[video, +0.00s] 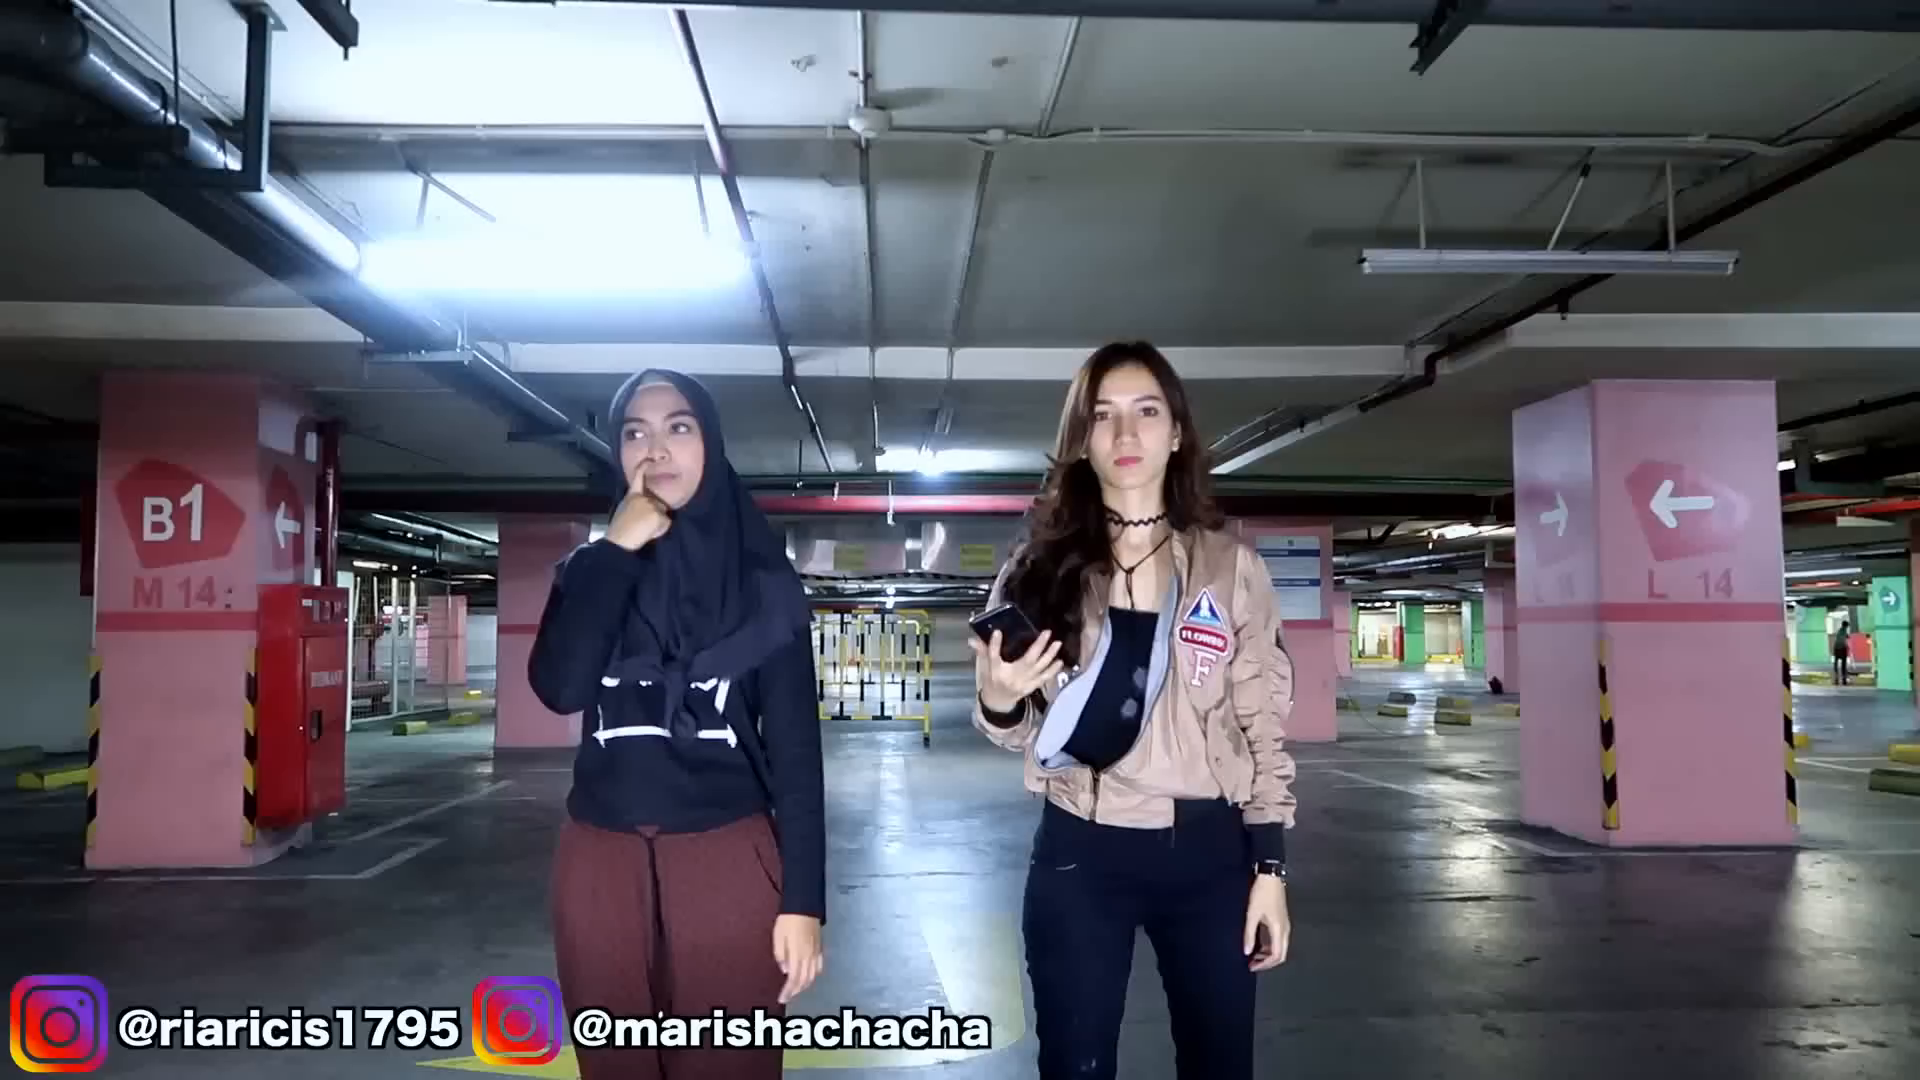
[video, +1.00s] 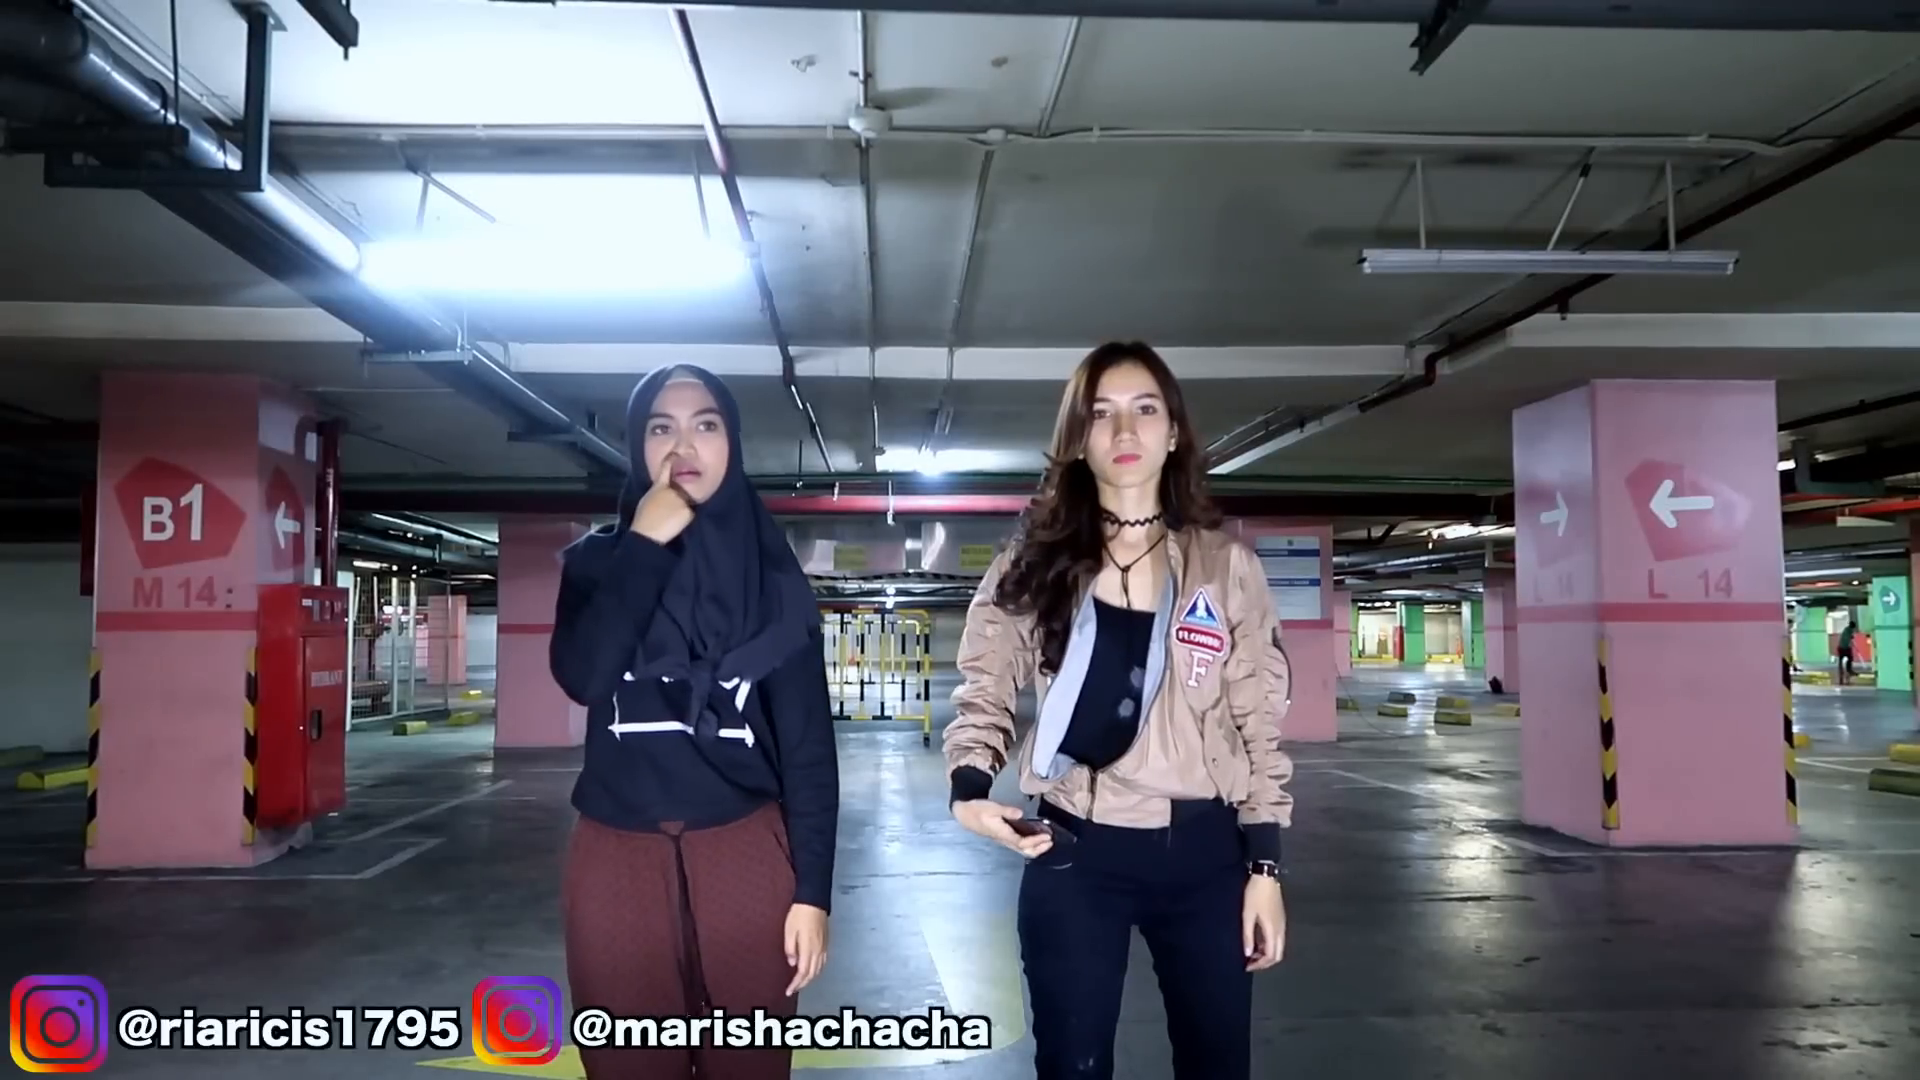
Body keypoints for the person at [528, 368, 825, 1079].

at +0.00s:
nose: (657, 448)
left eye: (679, 427)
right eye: (636, 431)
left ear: (710, 447)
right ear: (617, 454)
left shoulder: (760, 574)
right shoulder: (591, 568)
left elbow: (793, 745)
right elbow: (558, 687)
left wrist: (802, 901)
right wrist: (613, 550)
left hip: (726, 854)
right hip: (600, 855)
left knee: (730, 1063)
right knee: (611, 1064)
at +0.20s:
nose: (656, 450)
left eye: (679, 431)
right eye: (638, 433)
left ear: (713, 450)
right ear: (620, 455)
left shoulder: (758, 576)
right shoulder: (595, 565)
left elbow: (786, 756)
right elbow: (540, 681)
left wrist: (788, 909)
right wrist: (601, 551)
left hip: (717, 856)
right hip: (595, 855)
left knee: (721, 1063)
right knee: (605, 1064)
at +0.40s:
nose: (661, 448)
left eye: (684, 430)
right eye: (642, 431)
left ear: (717, 448)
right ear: (624, 451)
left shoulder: (761, 575)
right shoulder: (594, 561)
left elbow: (793, 749)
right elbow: (540, 674)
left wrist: (797, 903)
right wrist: (607, 543)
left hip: (723, 853)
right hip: (598, 852)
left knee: (728, 1063)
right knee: (607, 1063)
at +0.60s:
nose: (663, 444)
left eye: (687, 426)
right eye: (645, 427)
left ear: (720, 446)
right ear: (627, 447)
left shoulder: (763, 570)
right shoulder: (598, 556)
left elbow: (800, 746)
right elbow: (544, 668)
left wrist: (804, 896)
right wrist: (612, 535)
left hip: (730, 847)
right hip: (602, 848)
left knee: (738, 1062)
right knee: (614, 1062)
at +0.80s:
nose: (667, 439)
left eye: (690, 421)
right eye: (648, 423)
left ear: (723, 443)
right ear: (630, 445)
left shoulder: (767, 567)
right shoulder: (598, 555)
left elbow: (802, 739)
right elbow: (558, 670)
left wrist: (812, 896)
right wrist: (622, 534)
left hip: (740, 845)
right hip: (611, 848)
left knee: (747, 1061)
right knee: (624, 1063)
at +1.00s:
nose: (684, 445)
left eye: (706, 426)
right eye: (662, 427)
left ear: (732, 448)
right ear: (638, 448)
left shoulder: (771, 572)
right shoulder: (598, 558)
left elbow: (807, 742)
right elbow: (580, 676)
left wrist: (813, 892)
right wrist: (644, 545)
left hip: (746, 850)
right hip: (616, 852)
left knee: (751, 1063)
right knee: (627, 1063)